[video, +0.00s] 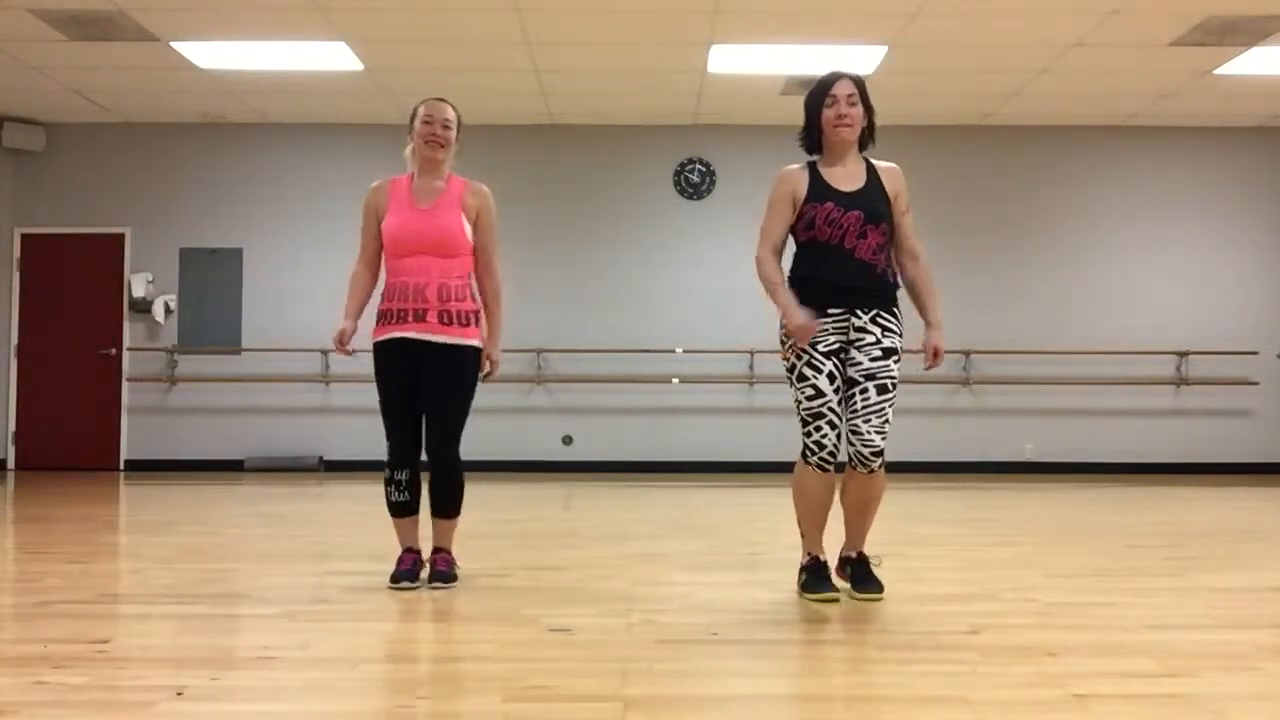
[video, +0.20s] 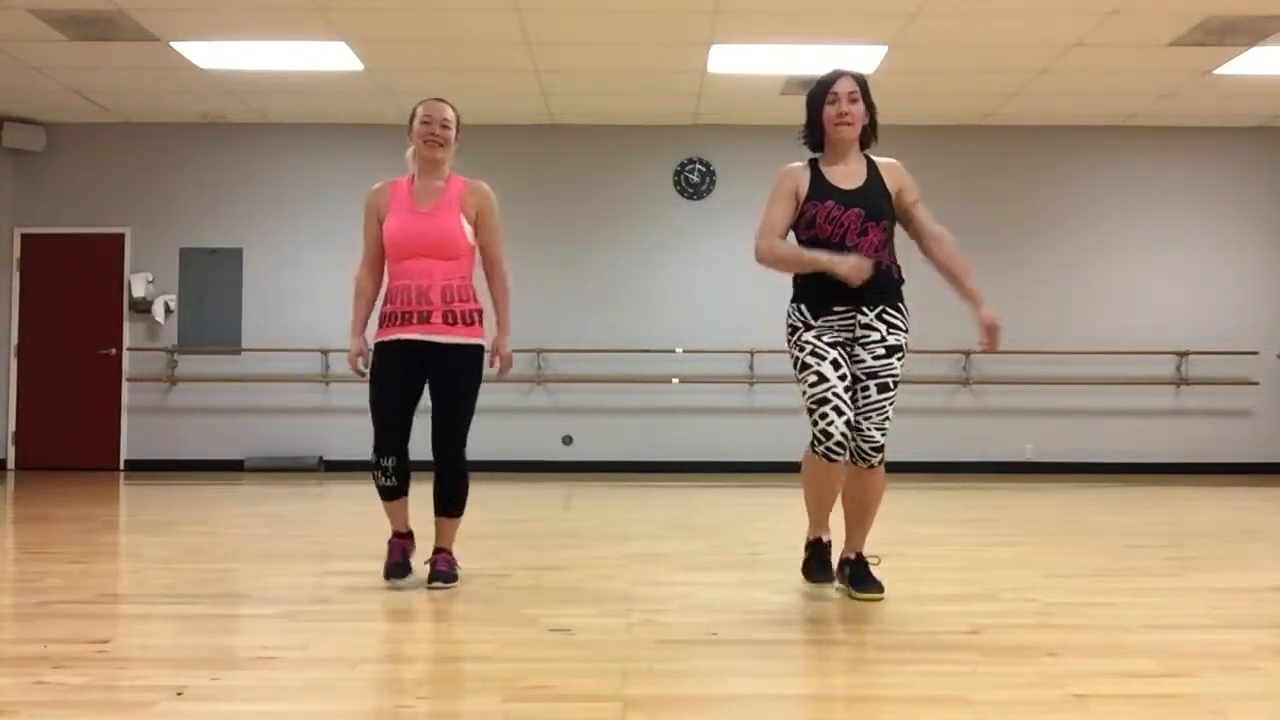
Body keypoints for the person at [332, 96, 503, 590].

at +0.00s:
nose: (436, 130)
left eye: (445, 124)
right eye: (428, 122)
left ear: (456, 140)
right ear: (410, 134)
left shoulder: (475, 198)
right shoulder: (382, 195)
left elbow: (488, 272)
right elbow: (367, 265)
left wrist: (494, 338)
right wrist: (350, 317)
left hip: (457, 339)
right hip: (396, 337)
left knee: (443, 448)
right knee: (402, 448)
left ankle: (443, 552)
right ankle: (409, 551)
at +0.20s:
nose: (435, 129)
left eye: (445, 124)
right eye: (427, 121)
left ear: (456, 138)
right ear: (410, 134)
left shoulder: (476, 196)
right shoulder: (382, 198)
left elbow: (496, 268)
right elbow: (370, 268)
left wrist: (503, 331)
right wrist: (357, 330)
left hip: (459, 338)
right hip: (397, 337)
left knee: (449, 447)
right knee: (388, 443)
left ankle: (443, 551)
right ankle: (399, 536)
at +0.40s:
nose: (429, 130)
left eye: (439, 125)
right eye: (421, 123)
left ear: (451, 139)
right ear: (404, 134)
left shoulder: (469, 196)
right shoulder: (377, 198)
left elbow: (485, 270)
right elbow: (366, 271)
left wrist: (499, 330)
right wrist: (357, 337)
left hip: (453, 340)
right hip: (391, 340)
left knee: (448, 449)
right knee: (392, 450)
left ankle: (443, 553)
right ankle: (390, 551)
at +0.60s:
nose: (422, 128)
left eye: (432, 123)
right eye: (413, 120)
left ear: (444, 138)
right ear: (397, 132)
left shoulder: (463, 194)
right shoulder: (373, 192)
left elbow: (505, 241)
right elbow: (326, 246)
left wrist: (515, 255)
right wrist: (276, 279)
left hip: (447, 336)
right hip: (388, 335)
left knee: (433, 441)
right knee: (390, 447)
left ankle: (438, 544)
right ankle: (392, 552)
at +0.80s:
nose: (422, 132)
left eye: (432, 126)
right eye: (413, 125)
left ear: (445, 141)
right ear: (398, 139)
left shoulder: (463, 193)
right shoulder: (377, 192)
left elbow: (542, 201)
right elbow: (303, 218)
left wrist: (491, 189)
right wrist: (230, 232)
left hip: (448, 339)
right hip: (388, 337)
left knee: (431, 447)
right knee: (390, 448)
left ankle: (438, 550)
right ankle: (391, 553)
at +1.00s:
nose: (426, 125)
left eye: (436, 119)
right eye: (417, 118)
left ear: (449, 135)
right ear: (403, 133)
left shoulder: (470, 190)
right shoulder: (383, 187)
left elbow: (546, 188)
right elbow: (309, 212)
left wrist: (489, 182)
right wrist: (251, 233)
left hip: (452, 334)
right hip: (392, 331)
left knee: (442, 446)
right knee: (393, 444)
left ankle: (436, 551)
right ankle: (391, 552)